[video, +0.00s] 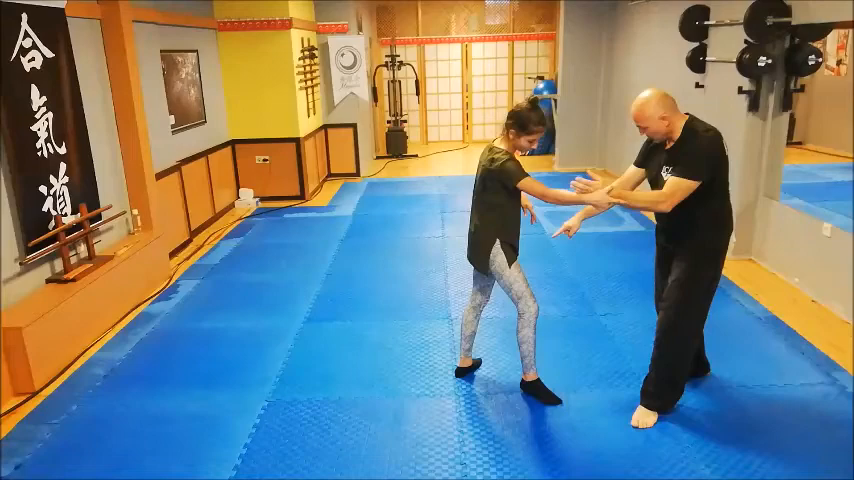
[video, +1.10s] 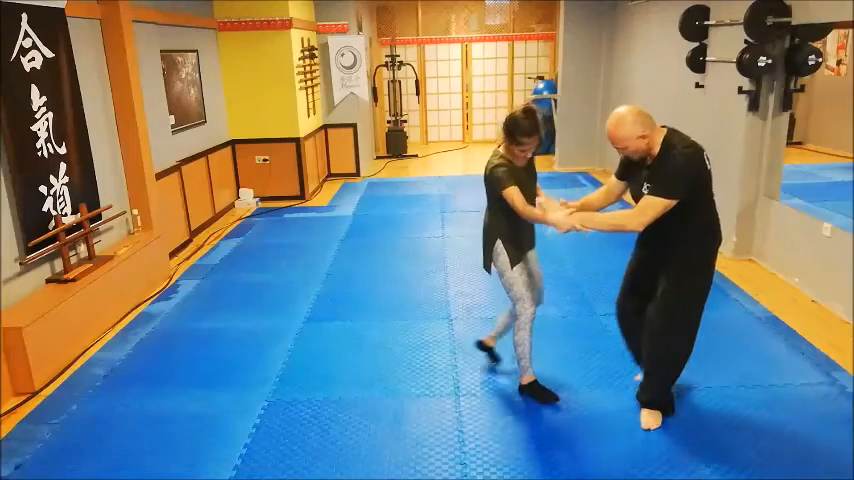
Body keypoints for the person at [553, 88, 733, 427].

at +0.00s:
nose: (642, 133)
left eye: (645, 127)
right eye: (640, 128)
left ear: (666, 117)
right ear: (661, 119)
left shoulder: (704, 142)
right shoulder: (657, 142)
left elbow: (665, 200)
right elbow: (623, 187)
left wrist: (610, 195)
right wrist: (579, 217)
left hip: (703, 243)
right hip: (669, 238)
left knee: (674, 316)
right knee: (669, 305)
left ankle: (655, 399)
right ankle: (694, 362)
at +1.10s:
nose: (619, 152)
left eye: (622, 147)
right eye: (616, 147)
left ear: (644, 135)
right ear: (639, 137)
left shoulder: (682, 159)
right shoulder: (637, 152)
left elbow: (638, 220)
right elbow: (611, 191)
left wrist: (577, 220)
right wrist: (578, 205)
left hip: (692, 251)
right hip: (654, 242)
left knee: (668, 324)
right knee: (630, 307)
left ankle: (655, 400)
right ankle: (651, 367)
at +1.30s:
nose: (612, 156)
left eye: (616, 151)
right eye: (610, 151)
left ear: (641, 141)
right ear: (635, 140)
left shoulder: (677, 163)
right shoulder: (628, 156)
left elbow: (623, 219)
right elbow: (592, 192)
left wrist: (560, 229)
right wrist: (549, 213)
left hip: (686, 253)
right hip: (646, 244)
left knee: (665, 326)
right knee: (614, 308)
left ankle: (655, 401)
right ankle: (610, 385)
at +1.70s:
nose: (580, 180)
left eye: (583, 175)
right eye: (578, 175)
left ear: (604, 166)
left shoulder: (643, 172)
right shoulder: (597, 169)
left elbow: (605, 232)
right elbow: (583, 217)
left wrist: (548, 234)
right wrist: (561, 247)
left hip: (670, 251)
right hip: (626, 245)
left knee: (660, 328)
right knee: (599, 314)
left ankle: (654, 403)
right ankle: (583, 391)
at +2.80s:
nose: (597, 148)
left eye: (602, 143)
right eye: (595, 141)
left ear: (627, 138)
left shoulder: (669, 153)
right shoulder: (610, 159)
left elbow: (653, 225)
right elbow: (605, 211)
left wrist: (594, 242)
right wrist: (591, 255)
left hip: (681, 248)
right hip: (635, 242)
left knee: (668, 323)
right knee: (609, 312)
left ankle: (655, 403)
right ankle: (585, 386)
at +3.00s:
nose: (615, 129)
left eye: (620, 123)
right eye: (613, 122)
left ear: (646, 120)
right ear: (633, 120)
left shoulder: (683, 145)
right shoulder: (630, 146)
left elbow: (669, 217)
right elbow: (628, 201)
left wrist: (606, 231)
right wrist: (617, 241)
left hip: (686, 244)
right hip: (645, 238)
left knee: (671, 321)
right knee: (626, 307)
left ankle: (658, 402)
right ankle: (617, 379)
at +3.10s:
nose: (622, 118)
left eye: (627, 112)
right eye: (621, 111)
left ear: (653, 112)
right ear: (647, 112)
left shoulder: (688, 143)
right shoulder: (637, 143)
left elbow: (674, 214)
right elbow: (633, 199)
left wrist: (611, 227)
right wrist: (621, 239)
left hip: (687, 245)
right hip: (649, 239)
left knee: (669, 317)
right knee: (632, 307)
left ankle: (661, 400)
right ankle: (641, 372)